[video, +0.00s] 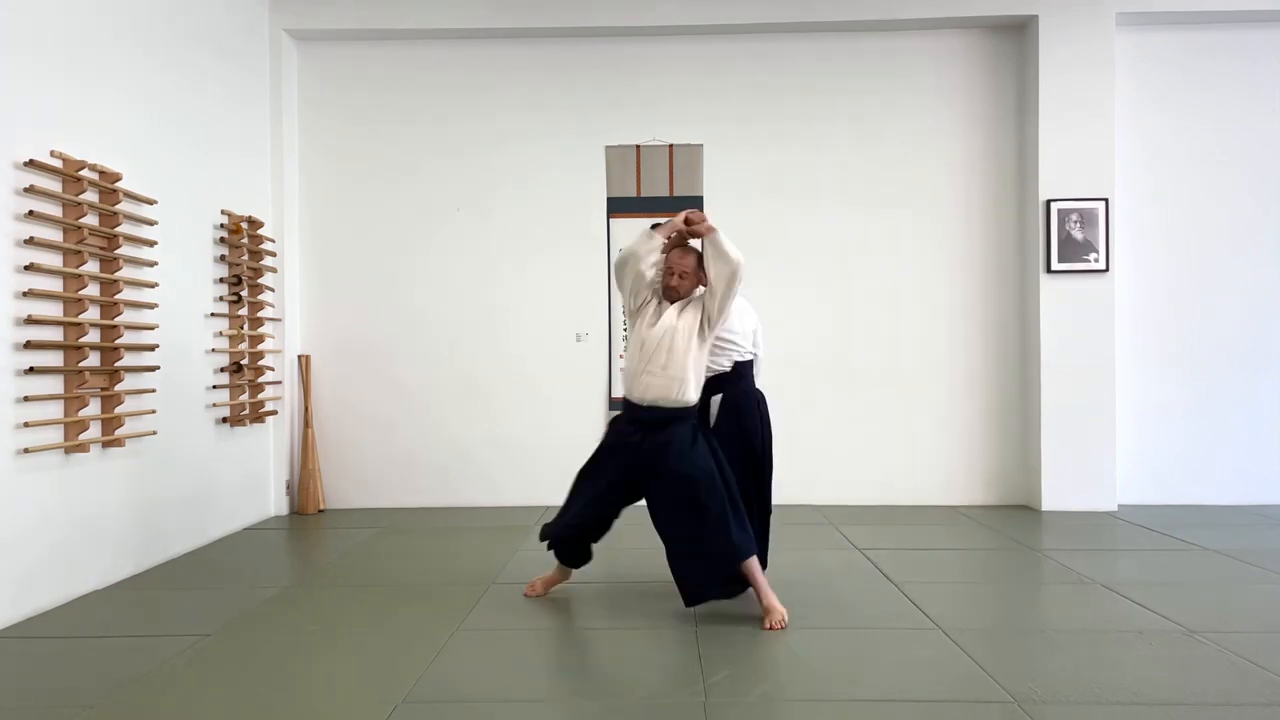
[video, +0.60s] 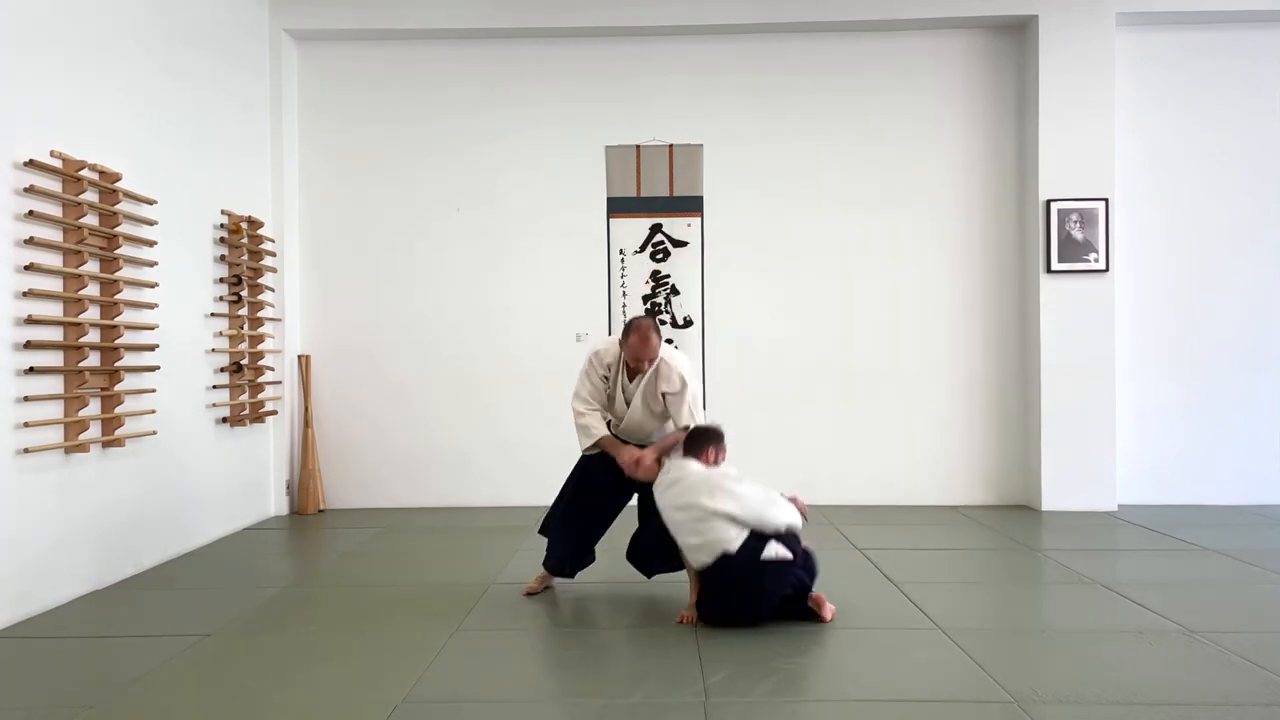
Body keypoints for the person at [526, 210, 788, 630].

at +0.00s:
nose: (673, 280)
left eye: (683, 275)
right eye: (669, 271)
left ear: (700, 279)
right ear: (660, 269)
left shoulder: (702, 315)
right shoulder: (643, 305)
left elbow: (730, 269)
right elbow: (628, 263)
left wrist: (709, 232)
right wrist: (663, 230)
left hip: (680, 427)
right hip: (632, 424)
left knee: (719, 506)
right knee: (585, 501)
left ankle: (766, 595)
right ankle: (561, 571)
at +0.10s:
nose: (671, 287)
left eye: (677, 283)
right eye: (666, 279)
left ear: (681, 290)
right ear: (645, 278)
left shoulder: (675, 324)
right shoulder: (610, 312)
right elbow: (653, 293)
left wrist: (717, 287)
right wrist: (688, 267)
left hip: (654, 439)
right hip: (604, 434)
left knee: (697, 507)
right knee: (571, 505)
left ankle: (736, 590)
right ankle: (550, 575)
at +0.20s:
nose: (651, 304)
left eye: (655, 299)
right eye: (647, 296)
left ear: (655, 297)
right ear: (624, 286)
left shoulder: (649, 329)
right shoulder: (590, 318)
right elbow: (630, 336)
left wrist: (696, 332)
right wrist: (678, 311)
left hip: (643, 436)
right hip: (595, 436)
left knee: (677, 506)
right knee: (563, 509)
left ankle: (708, 587)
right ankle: (548, 576)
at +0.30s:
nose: (640, 302)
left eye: (644, 295)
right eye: (635, 295)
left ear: (647, 291)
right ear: (613, 286)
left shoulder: (646, 323)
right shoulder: (581, 321)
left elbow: (661, 381)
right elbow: (590, 361)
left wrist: (668, 355)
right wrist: (642, 346)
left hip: (642, 431)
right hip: (593, 433)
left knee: (674, 506)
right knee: (561, 508)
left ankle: (690, 588)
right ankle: (543, 575)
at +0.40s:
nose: (641, 308)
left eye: (646, 302)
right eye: (635, 301)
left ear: (649, 298)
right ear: (613, 290)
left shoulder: (654, 332)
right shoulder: (582, 329)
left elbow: (668, 392)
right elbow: (577, 383)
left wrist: (662, 372)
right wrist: (630, 379)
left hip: (646, 434)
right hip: (596, 435)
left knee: (673, 503)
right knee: (562, 505)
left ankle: (694, 586)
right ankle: (546, 577)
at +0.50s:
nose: (646, 330)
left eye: (652, 323)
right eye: (639, 322)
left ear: (657, 317)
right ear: (618, 313)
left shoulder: (664, 344)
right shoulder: (590, 341)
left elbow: (679, 394)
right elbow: (573, 394)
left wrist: (660, 407)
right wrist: (627, 410)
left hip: (647, 442)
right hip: (599, 439)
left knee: (675, 511)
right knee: (567, 506)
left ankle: (697, 595)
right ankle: (547, 580)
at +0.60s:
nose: (643, 368)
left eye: (650, 361)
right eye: (635, 362)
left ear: (659, 349)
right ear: (622, 347)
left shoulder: (674, 370)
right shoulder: (602, 358)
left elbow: (688, 427)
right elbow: (584, 411)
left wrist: (654, 452)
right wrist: (619, 450)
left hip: (664, 452)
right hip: (613, 446)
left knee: (679, 517)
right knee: (575, 504)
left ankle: (697, 592)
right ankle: (549, 571)